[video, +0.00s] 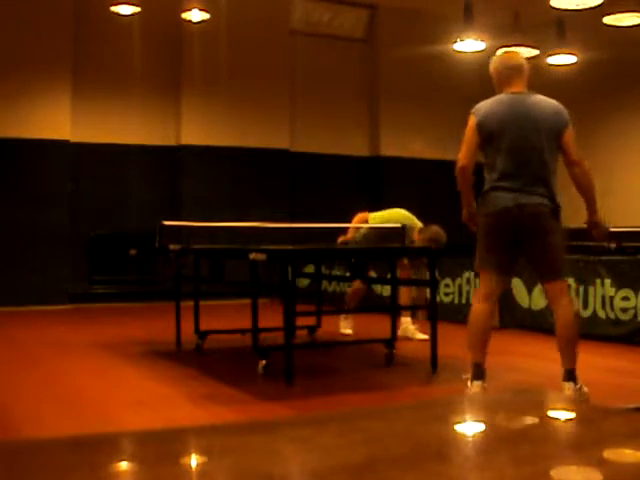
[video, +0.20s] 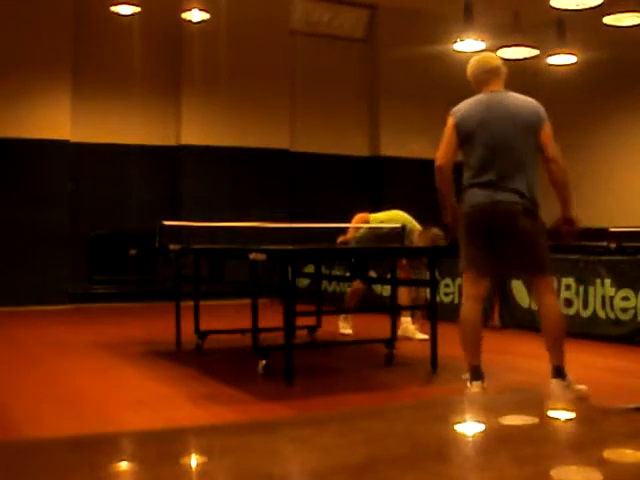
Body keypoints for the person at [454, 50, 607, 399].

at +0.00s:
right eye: (525, 70)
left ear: (495, 79)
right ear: (526, 75)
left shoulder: (482, 111)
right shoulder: (554, 110)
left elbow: (464, 164)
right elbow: (575, 163)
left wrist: (468, 205)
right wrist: (593, 211)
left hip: (495, 216)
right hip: (541, 215)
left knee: (486, 292)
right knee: (559, 294)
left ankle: (476, 377)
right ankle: (570, 379)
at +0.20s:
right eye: (500, 74)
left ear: (473, 82)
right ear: (503, 76)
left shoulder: (460, 112)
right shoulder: (533, 108)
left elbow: (442, 163)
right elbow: (553, 159)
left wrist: (450, 208)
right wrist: (566, 209)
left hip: (475, 213)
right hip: (521, 213)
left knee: (473, 294)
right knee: (544, 292)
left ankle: (474, 378)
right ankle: (559, 376)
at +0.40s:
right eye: (489, 72)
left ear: (462, 80)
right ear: (491, 75)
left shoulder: (448, 111)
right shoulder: (518, 106)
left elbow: (429, 161)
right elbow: (540, 155)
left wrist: (439, 208)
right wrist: (550, 208)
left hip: (464, 210)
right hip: (507, 208)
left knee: (466, 291)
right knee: (527, 285)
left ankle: (473, 376)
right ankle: (507, 366)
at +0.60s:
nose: (481, 74)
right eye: (483, 68)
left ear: (455, 78)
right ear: (485, 72)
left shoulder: (441, 112)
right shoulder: (513, 106)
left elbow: (428, 167)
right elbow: (534, 156)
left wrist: (425, 210)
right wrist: (547, 209)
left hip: (456, 210)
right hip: (499, 211)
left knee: (463, 291)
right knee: (499, 294)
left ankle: (470, 371)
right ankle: (472, 368)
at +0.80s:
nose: (482, 71)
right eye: (484, 65)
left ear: (453, 73)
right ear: (484, 70)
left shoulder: (439, 109)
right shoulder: (510, 105)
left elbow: (423, 165)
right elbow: (532, 158)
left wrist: (420, 214)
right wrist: (548, 211)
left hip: (450, 208)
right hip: (493, 208)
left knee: (459, 291)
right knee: (487, 293)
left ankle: (470, 372)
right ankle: (467, 378)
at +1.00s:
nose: (486, 71)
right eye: (486, 65)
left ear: (454, 72)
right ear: (485, 69)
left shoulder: (436, 108)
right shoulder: (507, 107)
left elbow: (418, 162)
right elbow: (525, 161)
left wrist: (419, 212)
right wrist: (542, 212)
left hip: (445, 207)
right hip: (487, 208)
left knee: (455, 293)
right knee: (480, 297)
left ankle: (470, 373)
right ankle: (463, 382)